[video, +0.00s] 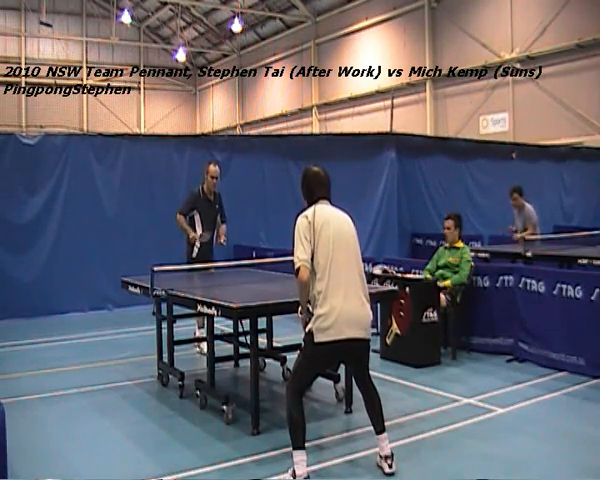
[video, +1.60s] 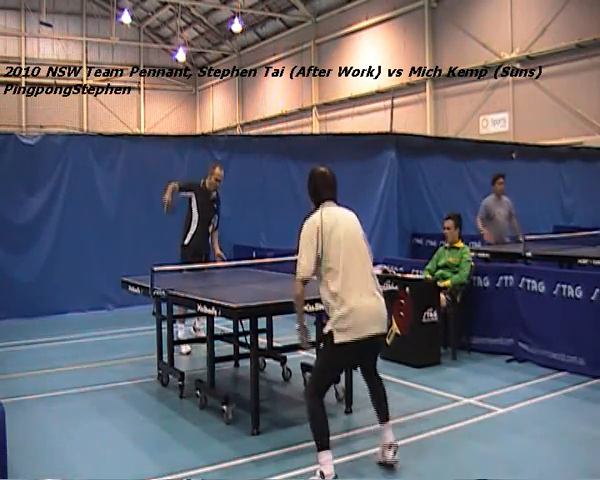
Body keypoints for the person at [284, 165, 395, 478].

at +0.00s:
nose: (303, 194)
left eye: (303, 189)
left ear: (305, 191)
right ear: (329, 190)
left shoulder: (306, 219)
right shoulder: (346, 219)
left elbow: (303, 272)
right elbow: (354, 268)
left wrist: (303, 305)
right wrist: (325, 303)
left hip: (328, 326)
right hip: (360, 323)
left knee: (294, 390)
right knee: (364, 379)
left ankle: (300, 465)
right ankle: (386, 451)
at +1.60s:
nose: (310, 193)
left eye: (310, 188)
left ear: (310, 191)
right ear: (335, 189)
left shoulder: (314, 223)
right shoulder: (351, 217)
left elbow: (301, 279)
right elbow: (364, 264)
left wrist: (301, 320)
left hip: (347, 326)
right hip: (378, 320)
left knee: (315, 392)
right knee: (370, 372)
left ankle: (325, 467)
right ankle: (389, 442)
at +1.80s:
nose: (331, 189)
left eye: (331, 184)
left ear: (332, 188)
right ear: (356, 186)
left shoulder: (334, 219)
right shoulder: (371, 216)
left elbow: (315, 270)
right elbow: (384, 267)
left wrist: (301, 304)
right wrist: (384, 300)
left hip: (359, 322)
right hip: (387, 317)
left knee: (330, 390)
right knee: (382, 373)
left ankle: (328, 465)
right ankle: (396, 437)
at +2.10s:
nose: (374, 166)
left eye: (370, 161)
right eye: (385, 161)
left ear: (368, 163)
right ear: (391, 164)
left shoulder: (362, 189)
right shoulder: (404, 196)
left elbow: (348, 237)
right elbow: (418, 250)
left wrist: (348, 282)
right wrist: (405, 279)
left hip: (370, 290)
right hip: (399, 291)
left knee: (355, 362)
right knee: (391, 360)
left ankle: (361, 432)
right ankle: (396, 433)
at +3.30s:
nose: (340, 154)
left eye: (340, 149)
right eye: (345, 147)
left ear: (345, 150)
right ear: (369, 150)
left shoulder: (343, 182)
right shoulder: (385, 189)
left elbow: (336, 233)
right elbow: (396, 245)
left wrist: (340, 273)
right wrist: (377, 269)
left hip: (354, 297)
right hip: (385, 298)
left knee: (325, 365)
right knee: (382, 370)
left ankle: (319, 445)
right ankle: (387, 444)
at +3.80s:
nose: (294, 174)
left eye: (294, 168)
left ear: (295, 171)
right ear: (321, 171)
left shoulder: (295, 200)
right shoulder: (338, 204)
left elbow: (288, 248)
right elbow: (348, 258)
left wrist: (298, 292)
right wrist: (341, 291)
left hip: (315, 318)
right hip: (348, 316)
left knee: (290, 389)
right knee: (359, 379)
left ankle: (297, 468)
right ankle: (380, 450)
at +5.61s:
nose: (310, 221)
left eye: (310, 216)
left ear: (312, 217)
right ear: (337, 217)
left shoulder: (319, 240)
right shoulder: (348, 246)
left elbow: (286, 289)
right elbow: (354, 299)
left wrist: (268, 325)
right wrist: (326, 334)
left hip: (342, 350)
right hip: (369, 349)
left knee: (294, 394)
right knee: (350, 385)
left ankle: (301, 470)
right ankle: (375, 449)